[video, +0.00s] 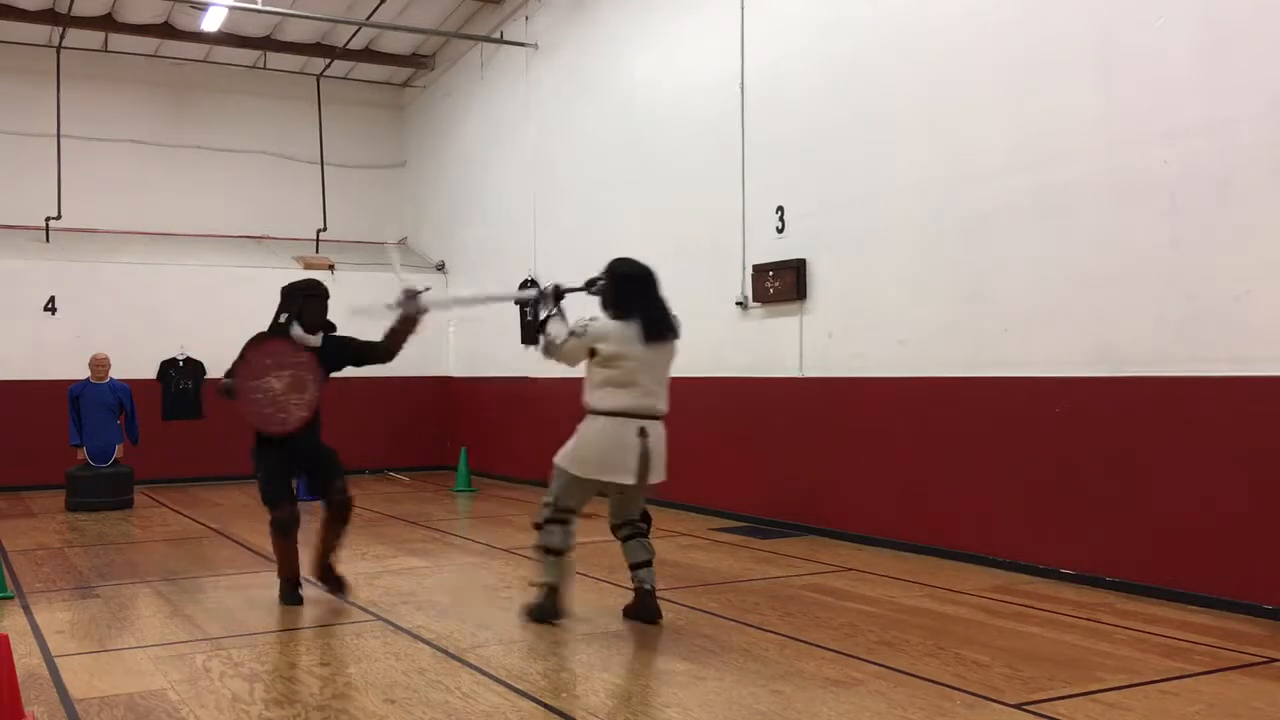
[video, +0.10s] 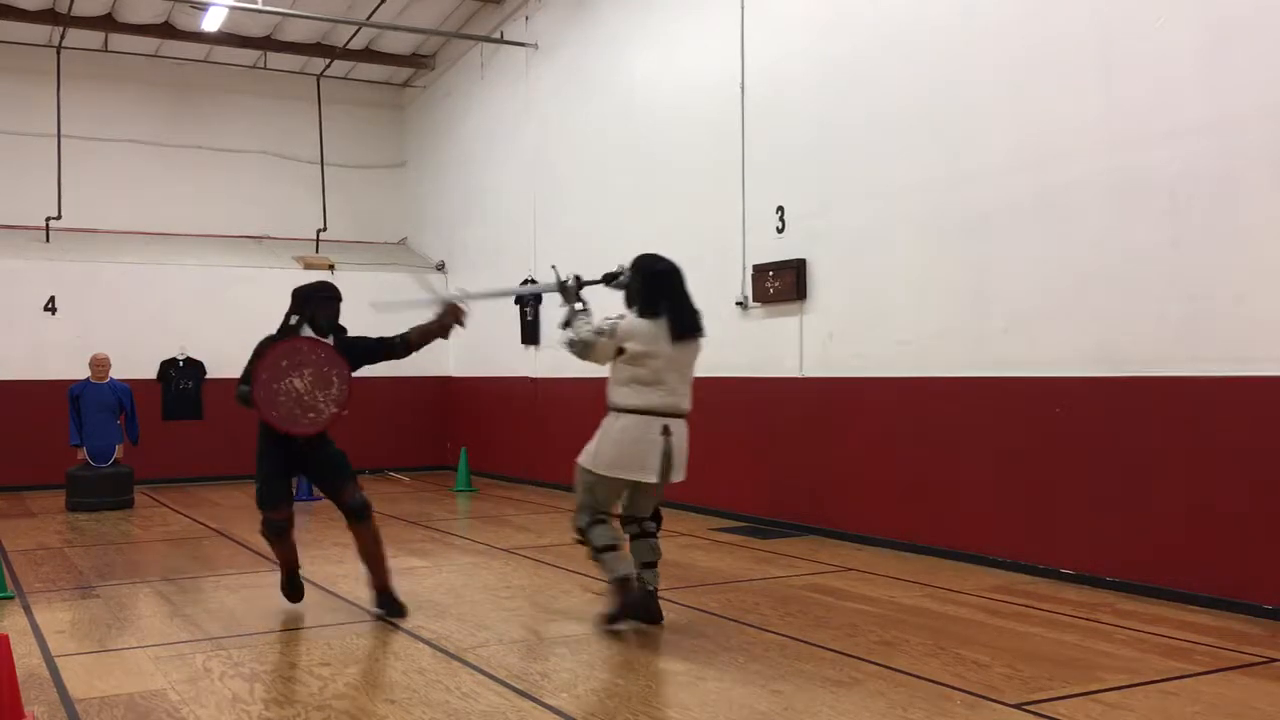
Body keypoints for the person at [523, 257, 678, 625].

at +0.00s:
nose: (603, 291)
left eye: (608, 285)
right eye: (605, 284)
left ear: (616, 292)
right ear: (648, 290)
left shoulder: (602, 330)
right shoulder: (666, 332)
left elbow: (561, 348)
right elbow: (645, 314)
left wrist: (551, 308)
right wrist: (613, 290)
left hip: (602, 434)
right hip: (649, 437)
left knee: (559, 512)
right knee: (629, 518)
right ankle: (646, 597)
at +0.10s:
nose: (629, 288)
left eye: (632, 282)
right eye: (628, 280)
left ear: (640, 289)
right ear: (675, 286)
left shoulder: (627, 328)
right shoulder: (690, 330)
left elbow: (585, 343)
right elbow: (663, 314)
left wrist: (576, 306)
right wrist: (635, 288)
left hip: (627, 432)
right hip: (673, 435)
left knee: (591, 514)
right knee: (641, 517)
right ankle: (648, 598)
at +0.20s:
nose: (652, 291)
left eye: (655, 285)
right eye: (651, 284)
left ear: (664, 290)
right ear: (697, 286)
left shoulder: (653, 330)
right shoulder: (713, 327)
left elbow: (609, 343)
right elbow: (691, 294)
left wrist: (594, 299)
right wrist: (652, 267)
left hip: (653, 436)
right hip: (696, 436)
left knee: (633, 528)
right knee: (655, 517)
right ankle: (647, 600)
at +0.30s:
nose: (675, 290)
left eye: (677, 283)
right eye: (674, 282)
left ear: (687, 288)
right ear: (719, 283)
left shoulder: (680, 331)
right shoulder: (740, 323)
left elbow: (631, 345)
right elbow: (719, 288)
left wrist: (615, 304)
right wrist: (677, 265)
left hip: (687, 436)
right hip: (728, 434)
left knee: (688, 531)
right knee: (676, 523)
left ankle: (743, 606)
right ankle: (655, 598)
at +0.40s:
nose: (695, 289)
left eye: (698, 282)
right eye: (693, 282)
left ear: (708, 286)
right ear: (743, 279)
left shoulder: (706, 331)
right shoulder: (765, 319)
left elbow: (656, 351)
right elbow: (733, 287)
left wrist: (632, 308)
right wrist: (690, 268)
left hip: (722, 441)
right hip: (762, 438)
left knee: (731, 534)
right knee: (710, 521)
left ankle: (760, 623)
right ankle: (684, 595)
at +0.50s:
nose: (722, 279)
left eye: (725, 273)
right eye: (720, 272)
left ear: (736, 278)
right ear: (772, 271)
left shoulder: (737, 325)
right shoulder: (792, 313)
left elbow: (692, 361)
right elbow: (753, 293)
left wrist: (660, 327)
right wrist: (708, 281)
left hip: (753, 433)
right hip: (794, 430)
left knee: (738, 524)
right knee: (749, 514)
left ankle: (760, 621)